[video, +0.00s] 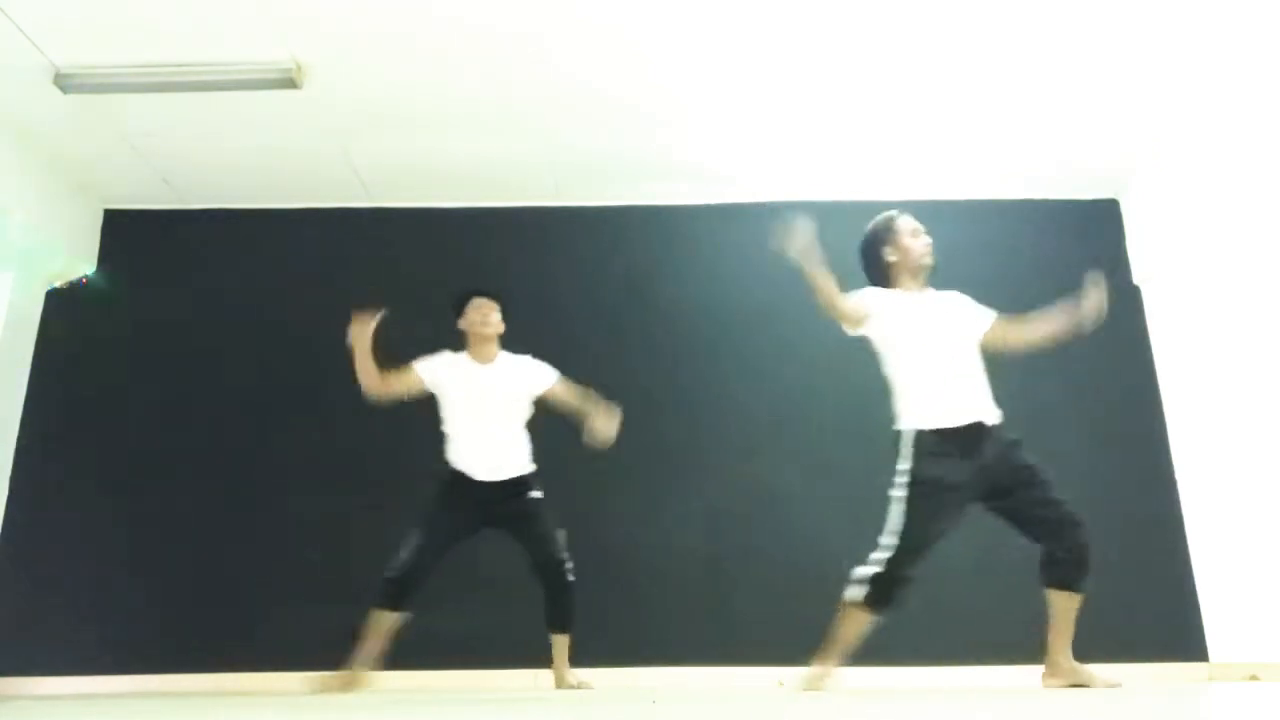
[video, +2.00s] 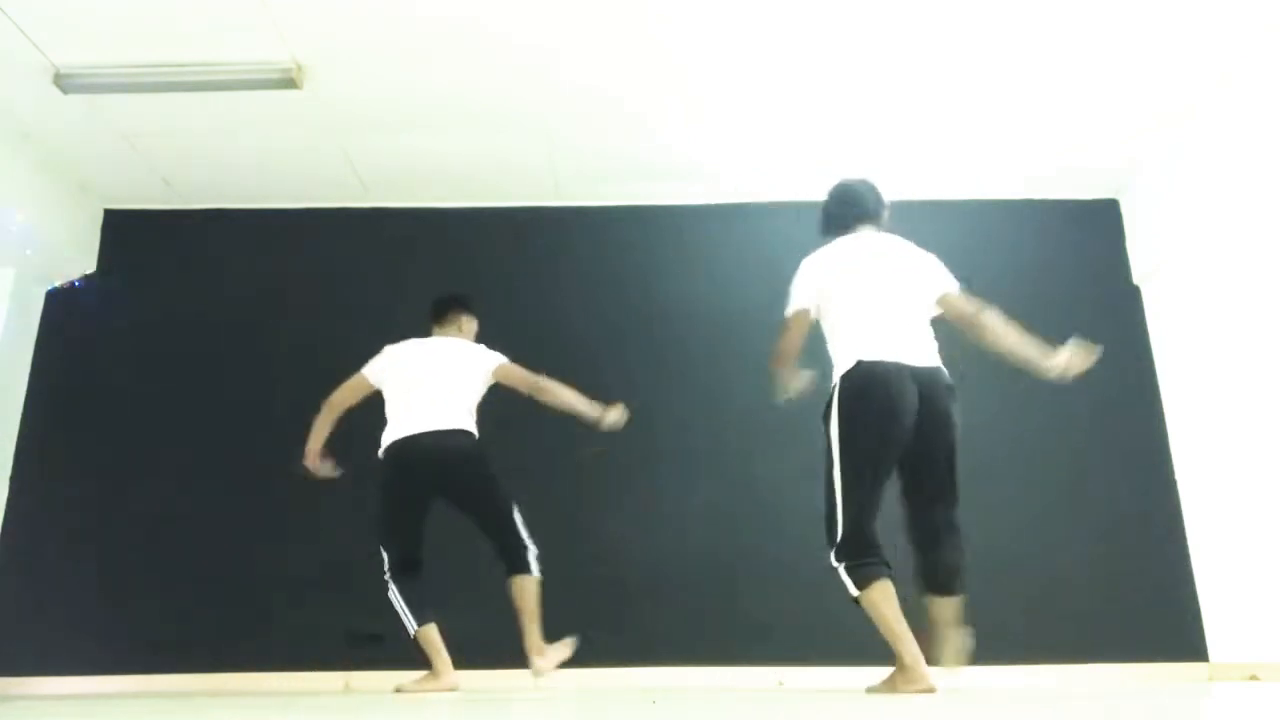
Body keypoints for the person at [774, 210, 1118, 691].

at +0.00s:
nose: (927, 238)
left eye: (924, 232)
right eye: (914, 233)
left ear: (924, 249)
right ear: (888, 253)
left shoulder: (956, 305)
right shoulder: (877, 303)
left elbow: (1018, 332)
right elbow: (840, 309)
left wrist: (1081, 311)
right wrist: (810, 260)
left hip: (990, 445)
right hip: (930, 449)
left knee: (1066, 535)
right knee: (892, 565)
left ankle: (1060, 664)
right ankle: (822, 669)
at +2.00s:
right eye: (879, 210)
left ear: (828, 221)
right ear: (880, 216)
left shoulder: (819, 262)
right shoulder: (912, 254)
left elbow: (787, 351)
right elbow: (974, 316)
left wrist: (787, 382)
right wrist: (1049, 360)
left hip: (868, 388)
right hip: (932, 386)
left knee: (851, 537)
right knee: (936, 519)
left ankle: (911, 667)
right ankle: (949, 663)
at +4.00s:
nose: (1138, 302)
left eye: (1134, 294)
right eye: (1133, 295)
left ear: (1087, 306)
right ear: (1120, 299)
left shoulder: (1058, 343)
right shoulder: (1126, 332)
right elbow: (1167, 355)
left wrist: (1048, 446)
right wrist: (1163, 427)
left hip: (1029, 449)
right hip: (1082, 437)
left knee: (1110, 567)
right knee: (1129, 568)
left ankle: (1179, 663)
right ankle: (1068, 650)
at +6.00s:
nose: (616, 306)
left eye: (625, 293)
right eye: (610, 300)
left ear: (658, 292)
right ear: (609, 311)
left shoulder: (711, 342)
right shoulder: (617, 370)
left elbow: (793, 374)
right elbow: (550, 396)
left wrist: (770, 439)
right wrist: (483, 390)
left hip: (746, 479)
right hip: (677, 486)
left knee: (836, 567)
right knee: (613, 534)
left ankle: (861, 658)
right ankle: (609, 666)